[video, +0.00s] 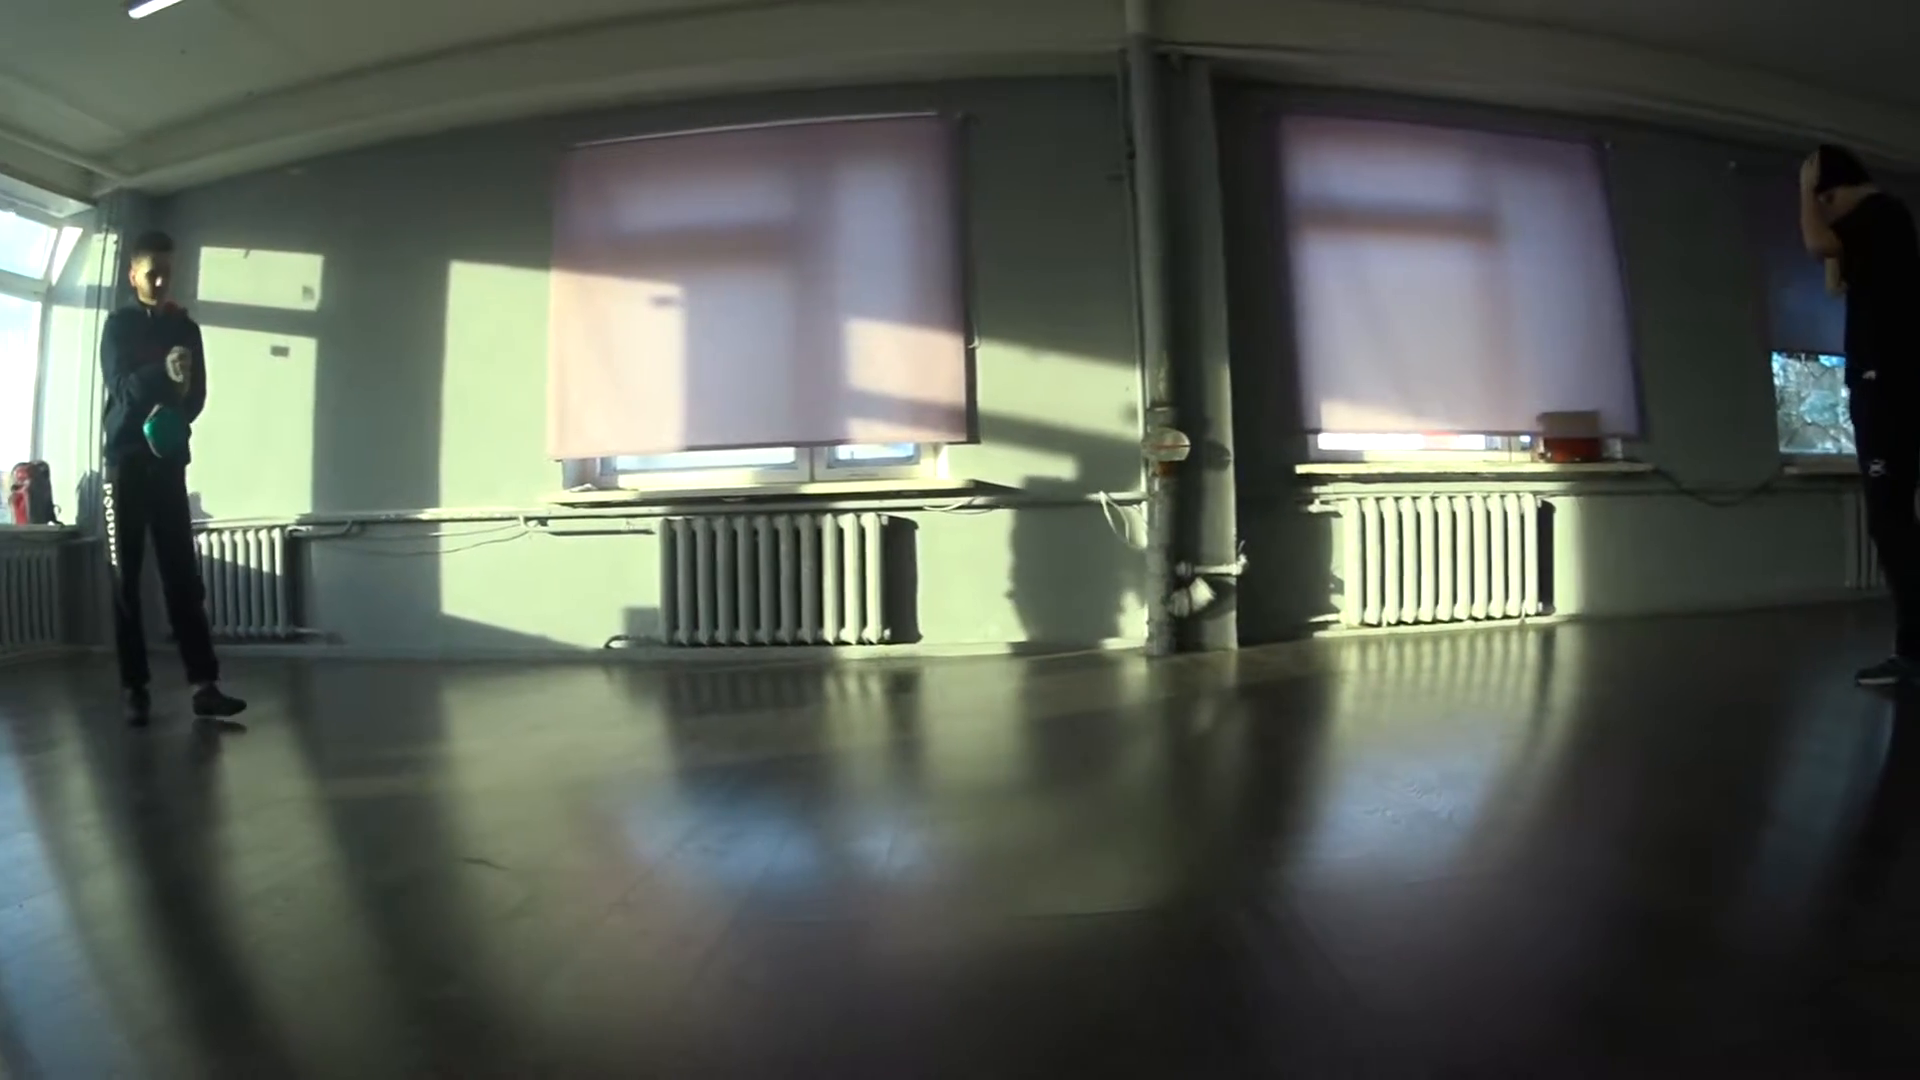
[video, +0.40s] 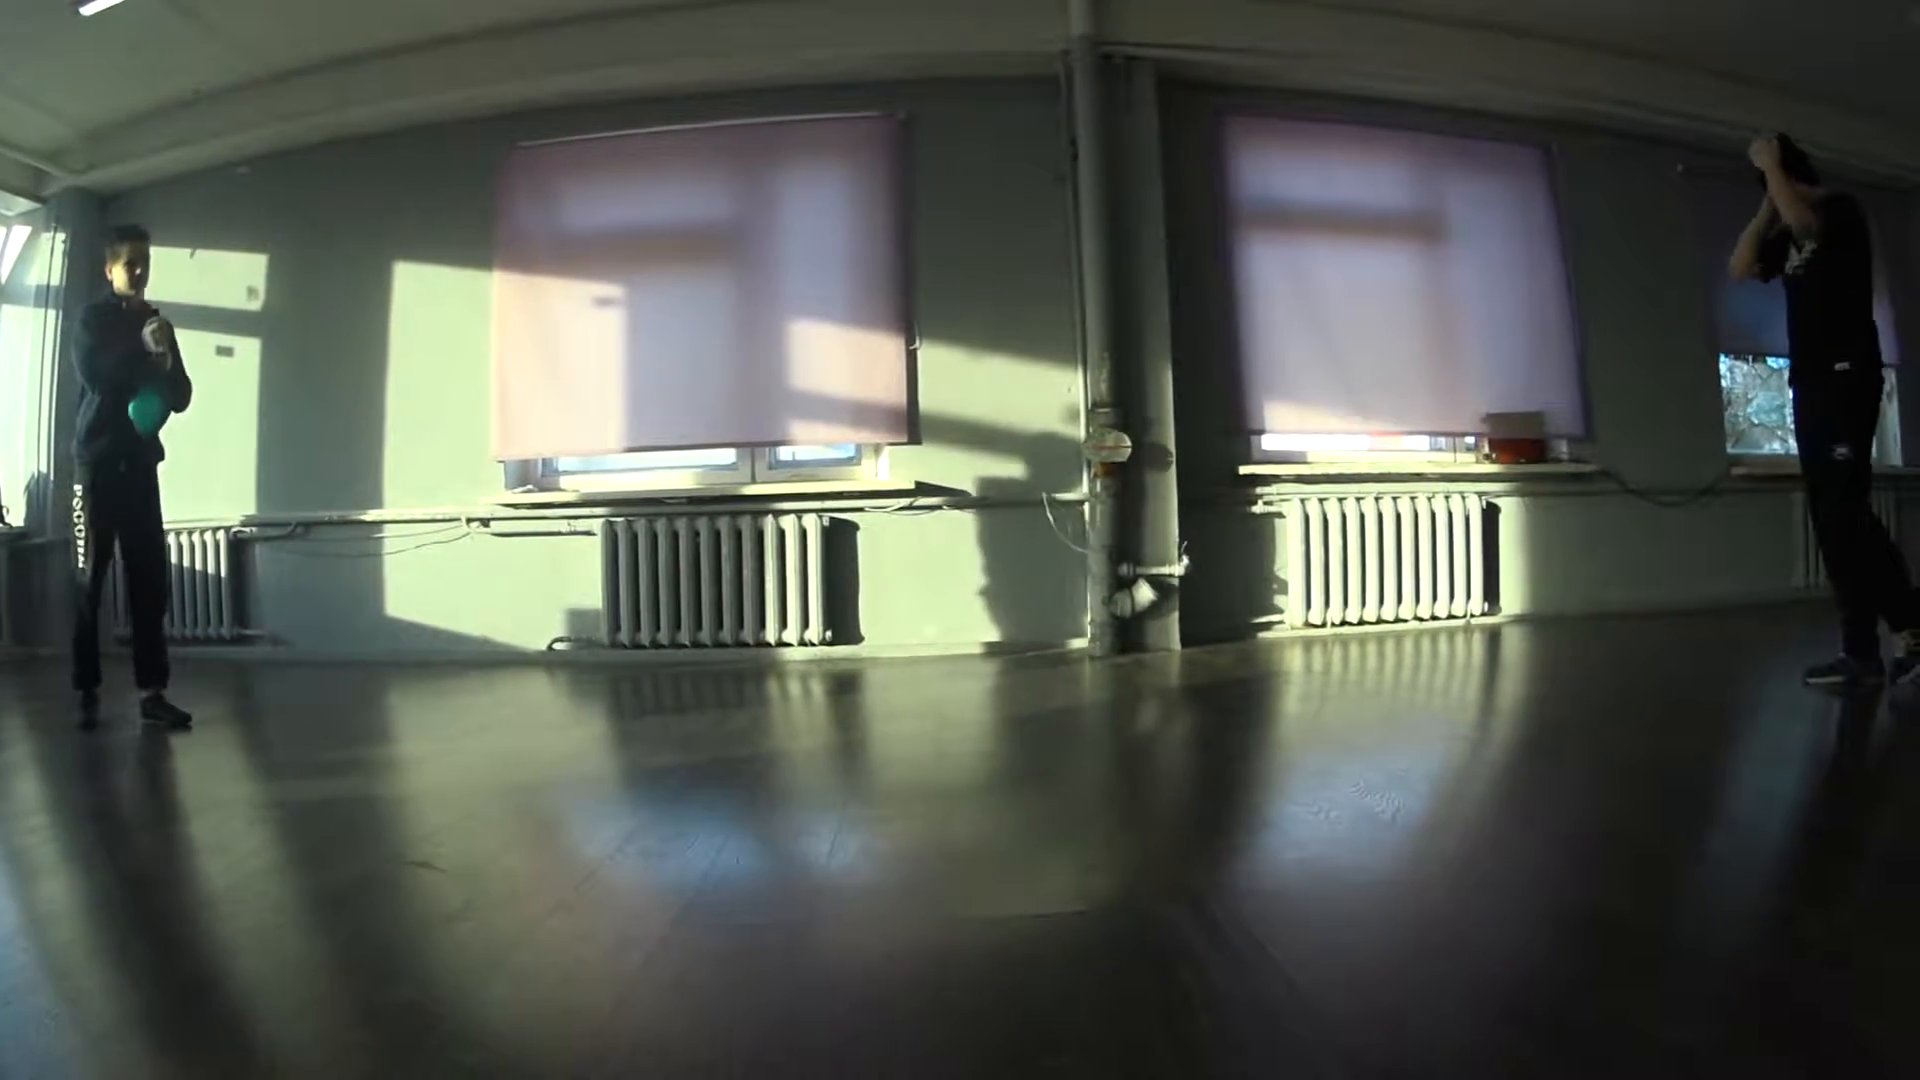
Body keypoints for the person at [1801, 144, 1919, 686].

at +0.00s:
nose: (1820, 207)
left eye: (1820, 195)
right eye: (1818, 197)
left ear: (1833, 190)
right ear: (1857, 181)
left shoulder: (1874, 217)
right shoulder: (1876, 219)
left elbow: (1816, 242)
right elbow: (1837, 280)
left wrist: (1808, 190)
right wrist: (1818, 206)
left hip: (1887, 398)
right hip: (1886, 397)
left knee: (1892, 527)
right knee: (1892, 526)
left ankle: (1910, 655)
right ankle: (1908, 653)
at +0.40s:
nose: (1769, 194)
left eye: (1773, 183)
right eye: (1765, 187)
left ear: (1790, 177)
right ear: (1793, 179)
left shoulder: (1842, 213)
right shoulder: (1787, 239)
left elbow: (1803, 221)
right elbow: (1742, 266)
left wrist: (1774, 170)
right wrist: (1769, 203)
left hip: (1851, 379)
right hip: (1812, 384)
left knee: (1845, 513)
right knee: (1832, 517)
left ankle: (1909, 628)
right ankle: (1860, 654)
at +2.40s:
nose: (1730, 169)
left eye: (1737, 157)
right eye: (1728, 159)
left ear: (1764, 156)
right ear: (1738, 164)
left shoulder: (1804, 201)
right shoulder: (1746, 225)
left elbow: (1762, 199)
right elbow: (1698, 252)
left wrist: (1739, 146)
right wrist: (1716, 197)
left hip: (1805, 374)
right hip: (1766, 378)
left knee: (1797, 516)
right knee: (1783, 521)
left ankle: (1850, 640)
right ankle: (1810, 661)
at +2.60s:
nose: (1724, 179)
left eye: (1732, 168)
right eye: (1716, 172)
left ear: (1756, 164)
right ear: (1711, 176)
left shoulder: (1792, 204)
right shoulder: (1733, 227)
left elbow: (1784, 234)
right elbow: (1702, 290)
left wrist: (1716, 187)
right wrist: (1694, 237)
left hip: (1798, 378)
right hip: (1757, 381)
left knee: (1783, 518)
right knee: (1777, 519)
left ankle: (1811, 665)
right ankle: (1799, 661)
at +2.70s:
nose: (1717, 181)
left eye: (1724, 167)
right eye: (1708, 173)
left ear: (1748, 161)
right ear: (1704, 178)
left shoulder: (1782, 203)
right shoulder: (1733, 232)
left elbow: (1804, 251)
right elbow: (1723, 308)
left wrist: (1721, 262)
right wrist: (1694, 284)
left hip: (1794, 378)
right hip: (1755, 382)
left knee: (1777, 517)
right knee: (1782, 518)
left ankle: (1767, 661)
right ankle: (1813, 661)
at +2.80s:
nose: (1706, 184)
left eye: (1712, 170)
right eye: (1697, 176)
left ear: (1736, 162)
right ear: (1696, 178)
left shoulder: (1773, 208)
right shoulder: (1728, 232)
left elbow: (1808, 274)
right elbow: (1737, 321)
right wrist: (1689, 357)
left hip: (1787, 386)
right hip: (1752, 389)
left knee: (1771, 524)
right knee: (1782, 524)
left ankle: (1734, 662)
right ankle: (1815, 663)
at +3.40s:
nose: (1658, 170)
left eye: (1663, 156)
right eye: (1651, 161)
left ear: (1690, 148)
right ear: (1652, 163)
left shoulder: (1726, 199)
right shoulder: (1694, 209)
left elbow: (1728, 286)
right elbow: (1693, 306)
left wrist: (1702, 371)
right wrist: (1674, 382)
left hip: (1727, 384)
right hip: (1701, 385)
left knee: (1722, 526)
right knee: (1704, 524)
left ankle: (1721, 669)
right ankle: (1784, 632)